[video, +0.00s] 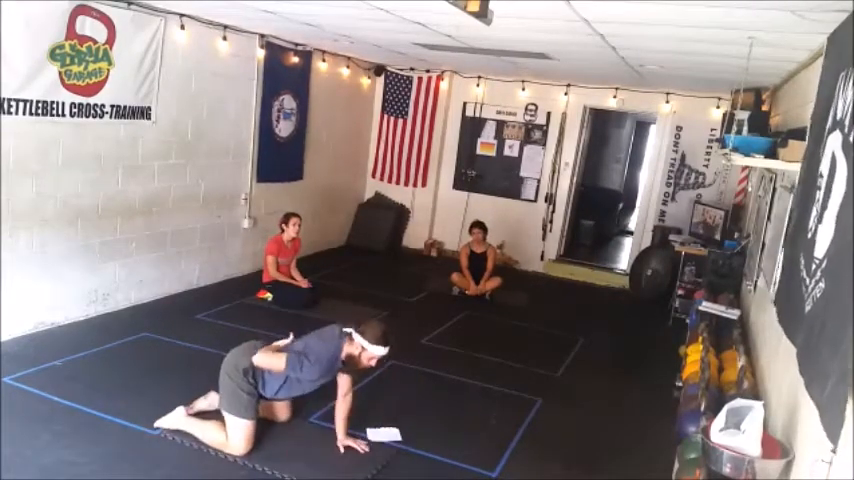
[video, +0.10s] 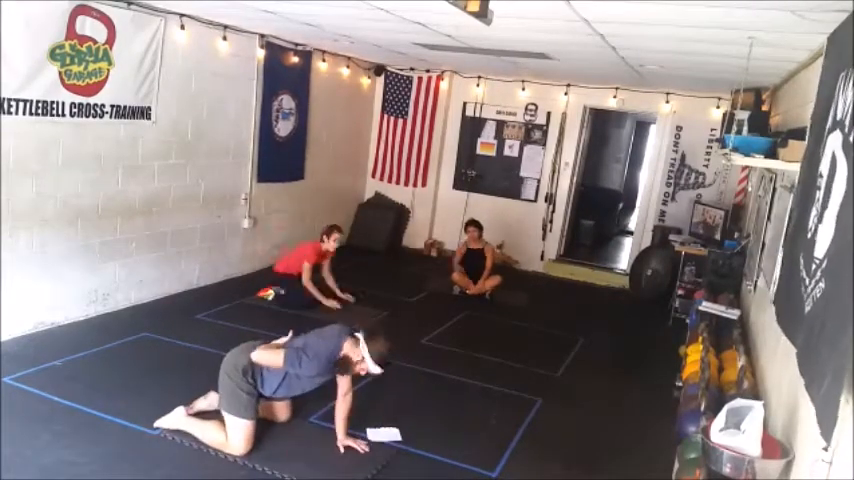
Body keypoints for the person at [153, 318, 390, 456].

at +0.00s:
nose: (375, 363)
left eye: (379, 358)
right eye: (374, 356)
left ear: (362, 342)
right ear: (359, 347)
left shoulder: (347, 344)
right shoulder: (314, 362)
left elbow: (344, 393)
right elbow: (257, 358)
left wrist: (342, 436)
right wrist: (277, 345)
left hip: (271, 364)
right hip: (243, 367)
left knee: (281, 413)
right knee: (238, 445)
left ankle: (217, 402)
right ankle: (181, 420)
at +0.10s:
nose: (365, 372)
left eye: (370, 370)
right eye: (366, 367)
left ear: (363, 347)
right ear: (361, 352)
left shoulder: (350, 347)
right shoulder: (317, 352)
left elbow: (344, 394)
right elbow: (257, 355)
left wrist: (341, 436)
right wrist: (285, 346)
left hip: (270, 365)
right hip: (242, 366)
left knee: (281, 413)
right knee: (238, 445)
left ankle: (219, 402)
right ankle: (180, 420)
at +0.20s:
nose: (354, 379)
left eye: (358, 377)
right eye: (357, 375)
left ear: (364, 355)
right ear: (358, 365)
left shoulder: (349, 336)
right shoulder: (314, 357)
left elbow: (346, 391)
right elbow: (258, 351)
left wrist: (342, 436)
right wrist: (277, 337)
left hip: (273, 364)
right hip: (244, 367)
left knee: (282, 413)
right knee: (238, 445)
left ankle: (218, 402)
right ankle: (181, 420)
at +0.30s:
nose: (356, 375)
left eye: (360, 373)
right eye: (359, 372)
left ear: (365, 351)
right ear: (359, 362)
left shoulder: (350, 335)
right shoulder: (314, 357)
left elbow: (346, 391)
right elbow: (257, 352)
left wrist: (342, 436)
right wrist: (276, 338)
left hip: (272, 364)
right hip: (244, 368)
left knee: (281, 413)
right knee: (238, 445)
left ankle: (218, 402)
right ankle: (182, 420)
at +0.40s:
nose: (380, 355)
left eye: (383, 350)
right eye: (379, 349)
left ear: (362, 336)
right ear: (365, 343)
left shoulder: (349, 339)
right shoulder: (318, 364)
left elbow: (345, 393)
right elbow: (260, 362)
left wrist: (342, 436)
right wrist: (280, 343)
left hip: (269, 360)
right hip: (244, 369)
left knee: (282, 412)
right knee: (238, 445)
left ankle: (217, 402)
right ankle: (182, 420)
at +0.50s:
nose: (374, 330)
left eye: (374, 323)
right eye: (371, 323)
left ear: (353, 322)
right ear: (354, 323)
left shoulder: (345, 348)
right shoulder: (320, 354)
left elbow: (344, 393)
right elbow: (260, 365)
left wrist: (343, 437)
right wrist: (282, 344)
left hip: (266, 358)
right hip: (241, 368)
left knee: (281, 410)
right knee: (237, 446)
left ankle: (217, 402)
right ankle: (180, 419)